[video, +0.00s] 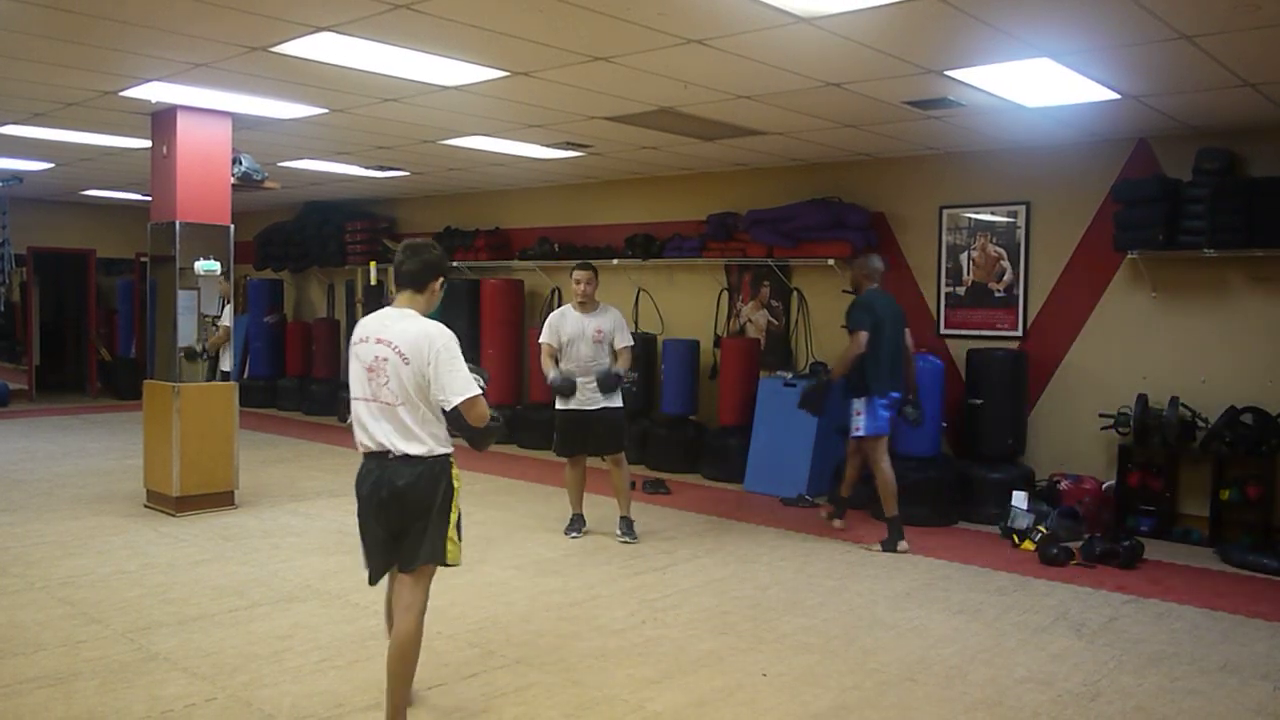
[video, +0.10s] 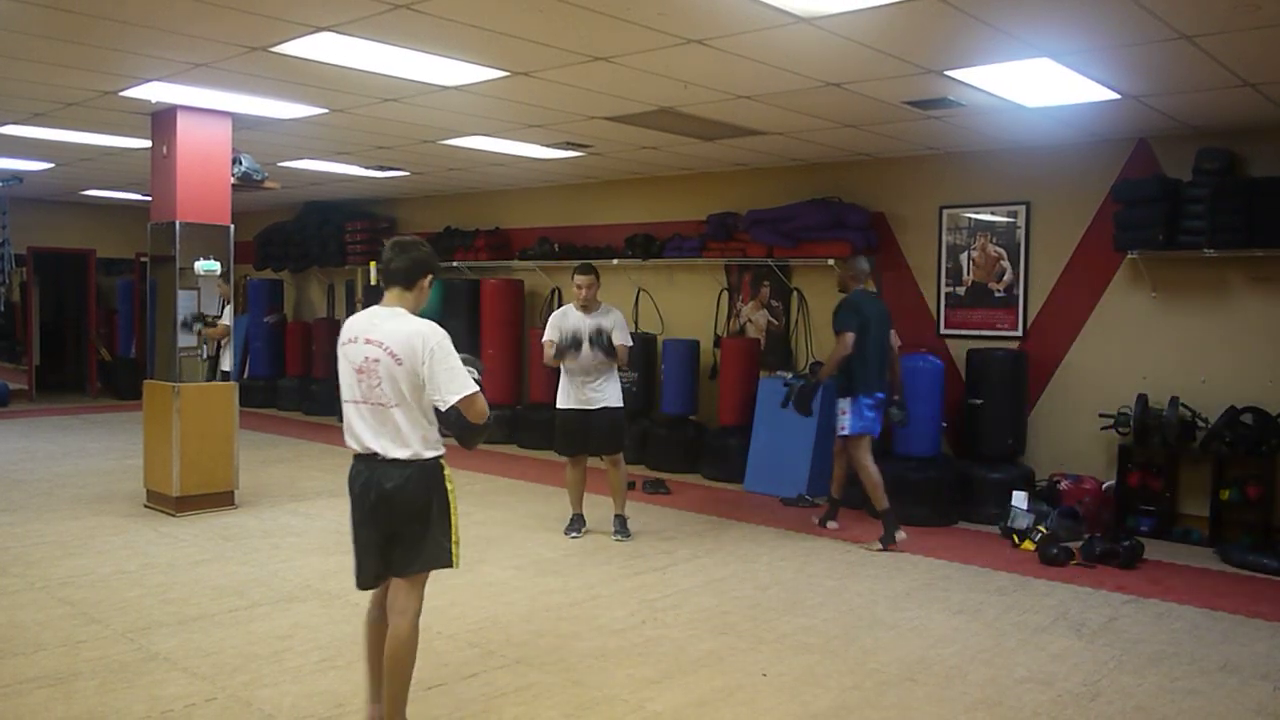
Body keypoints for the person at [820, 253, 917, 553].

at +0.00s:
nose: (850, 278)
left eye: (852, 274)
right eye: (852, 273)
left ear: (861, 275)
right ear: (878, 276)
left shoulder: (861, 305)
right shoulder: (892, 305)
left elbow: (859, 343)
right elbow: (909, 347)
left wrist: (833, 374)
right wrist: (910, 388)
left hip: (870, 392)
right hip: (890, 390)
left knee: (879, 458)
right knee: (856, 449)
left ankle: (896, 535)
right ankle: (838, 506)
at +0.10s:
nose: (837, 278)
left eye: (839, 273)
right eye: (838, 272)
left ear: (847, 277)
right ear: (866, 277)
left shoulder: (847, 306)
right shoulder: (878, 304)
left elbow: (845, 346)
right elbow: (894, 344)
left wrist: (820, 377)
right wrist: (895, 386)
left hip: (855, 392)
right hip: (874, 390)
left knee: (862, 457)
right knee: (842, 450)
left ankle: (891, 528)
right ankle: (830, 514)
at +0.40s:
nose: (801, 272)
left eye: (804, 267)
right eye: (802, 267)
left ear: (813, 271)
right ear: (826, 272)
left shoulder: (814, 300)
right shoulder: (842, 300)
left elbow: (819, 342)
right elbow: (853, 343)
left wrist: (806, 382)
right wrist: (839, 370)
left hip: (818, 382)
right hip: (841, 382)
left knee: (783, 435)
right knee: (827, 441)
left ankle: (805, 490)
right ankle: (829, 507)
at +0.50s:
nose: (787, 275)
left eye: (789, 270)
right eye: (789, 270)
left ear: (797, 273)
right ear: (813, 272)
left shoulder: (800, 301)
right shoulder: (829, 300)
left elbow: (809, 342)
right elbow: (840, 344)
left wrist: (799, 384)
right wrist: (825, 369)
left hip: (803, 381)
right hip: (829, 381)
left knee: (772, 436)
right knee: (823, 443)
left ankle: (771, 502)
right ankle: (829, 512)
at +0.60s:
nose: (773, 281)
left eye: (774, 275)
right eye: (774, 275)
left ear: (781, 276)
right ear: (797, 275)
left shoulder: (788, 302)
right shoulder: (813, 301)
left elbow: (793, 343)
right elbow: (826, 343)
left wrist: (786, 386)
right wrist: (809, 365)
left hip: (788, 383)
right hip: (816, 382)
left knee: (763, 439)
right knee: (814, 444)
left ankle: (754, 501)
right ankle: (827, 509)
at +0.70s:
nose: (758, 278)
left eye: (760, 274)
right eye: (760, 273)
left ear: (767, 275)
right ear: (784, 274)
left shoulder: (770, 303)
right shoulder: (798, 298)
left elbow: (775, 342)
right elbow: (812, 339)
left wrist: (768, 386)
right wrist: (800, 365)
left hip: (771, 383)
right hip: (799, 381)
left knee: (752, 439)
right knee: (795, 440)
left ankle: (751, 502)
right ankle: (819, 498)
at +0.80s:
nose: (741, 276)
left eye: (744, 271)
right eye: (743, 271)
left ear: (751, 275)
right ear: (766, 273)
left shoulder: (753, 303)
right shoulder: (783, 299)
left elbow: (755, 343)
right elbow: (798, 339)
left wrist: (744, 381)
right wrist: (794, 374)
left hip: (757, 381)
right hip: (781, 379)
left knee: (747, 437)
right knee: (771, 434)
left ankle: (750, 502)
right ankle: (800, 487)